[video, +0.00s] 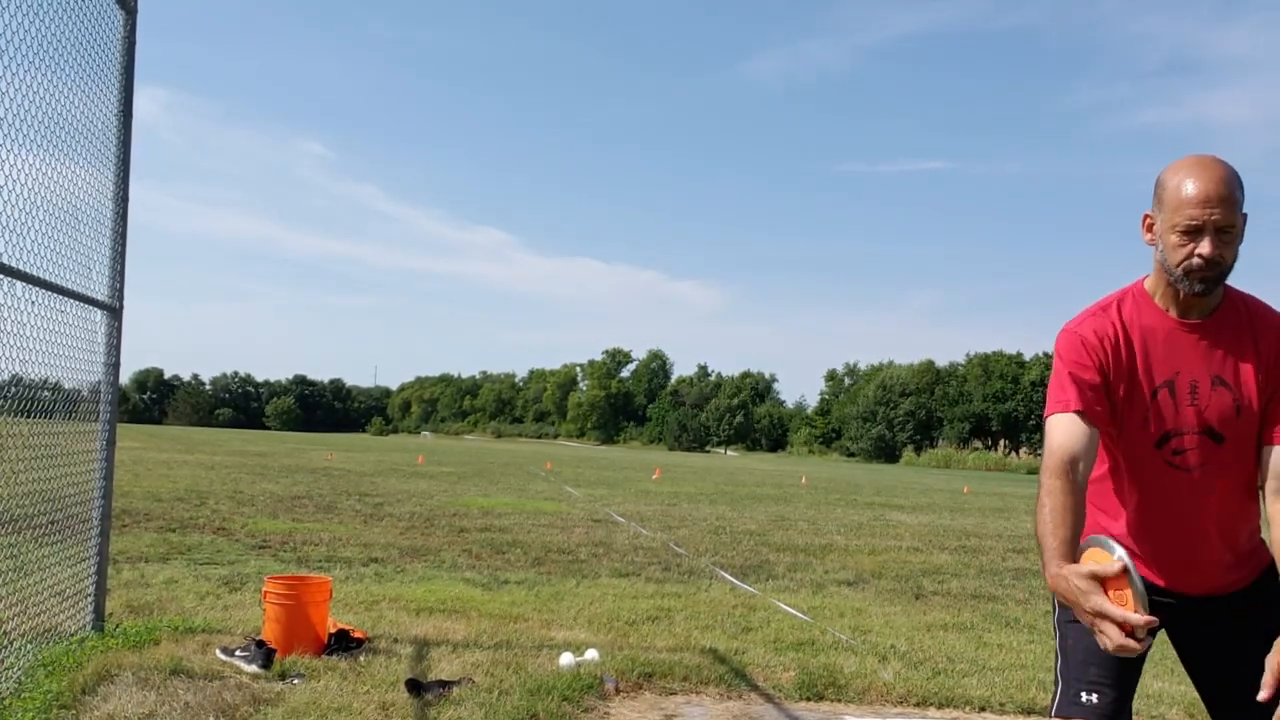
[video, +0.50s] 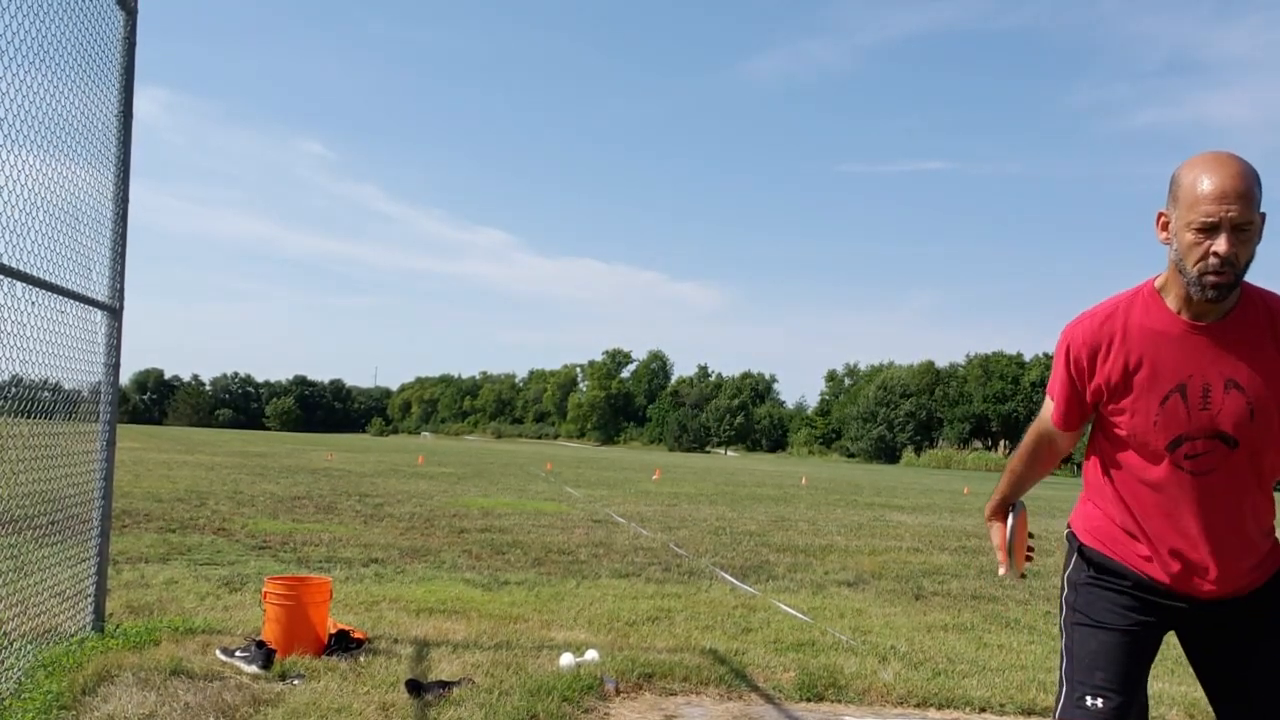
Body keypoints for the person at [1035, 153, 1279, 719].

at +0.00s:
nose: (1207, 250)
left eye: (1224, 232)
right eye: (1189, 232)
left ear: (1242, 231)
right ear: (1151, 230)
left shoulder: (1268, 334)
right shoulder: (1094, 337)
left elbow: (1274, 484)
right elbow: (1065, 467)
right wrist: (1057, 571)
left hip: (1234, 579)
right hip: (1118, 572)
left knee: (1257, 708)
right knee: (1088, 709)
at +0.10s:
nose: (1212, 251)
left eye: (1228, 233)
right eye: (1195, 233)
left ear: (1247, 233)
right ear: (1155, 229)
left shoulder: (1268, 336)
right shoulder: (1095, 338)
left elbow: (1276, 481)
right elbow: (1060, 476)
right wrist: (1028, 601)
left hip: (1237, 577)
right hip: (1116, 572)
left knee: (1260, 707)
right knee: (1091, 708)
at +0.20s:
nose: (1219, 248)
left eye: (1236, 230)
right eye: (1201, 229)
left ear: (1253, 230)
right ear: (1160, 227)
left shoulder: (1270, 333)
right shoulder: (1100, 338)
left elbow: (1274, 473)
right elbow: (1053, 479)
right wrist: (1004, 598)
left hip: (1240, 577)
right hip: (1117, 573)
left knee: (1261, 707)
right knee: (1096, 707)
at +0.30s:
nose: (1224, 246)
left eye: (1240, 227)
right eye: (1206, 227)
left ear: (1257, 229)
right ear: (1164, 226)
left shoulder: (1275, 329)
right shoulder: (1102, 336)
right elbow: (1050, 460)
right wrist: (995, 559)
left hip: (1242, 571)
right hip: (1116, 566)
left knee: (1261, 707)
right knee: (1091, 709)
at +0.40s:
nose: (1225, 247)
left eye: (1241, 228)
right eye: (1206, 228)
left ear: (1260, 228)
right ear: (1166, 226)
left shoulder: (1274, 325)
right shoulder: (1101, 334)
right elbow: (1051, 439)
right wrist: (997, 517)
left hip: (1243, 568)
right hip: (1118, 562)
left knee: (1259, 708)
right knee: (1093, 710)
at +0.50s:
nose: (1224, 249)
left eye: (1241, 230)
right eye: (1206, 230)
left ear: (1260, 231)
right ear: (1165, 228)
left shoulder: (1275, 328)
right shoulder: (1097, 336)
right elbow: (1051, 434)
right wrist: (1002, 501)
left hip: (1244, 573)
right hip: (1117, 567)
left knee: (1261, 706)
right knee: (1094, 710)